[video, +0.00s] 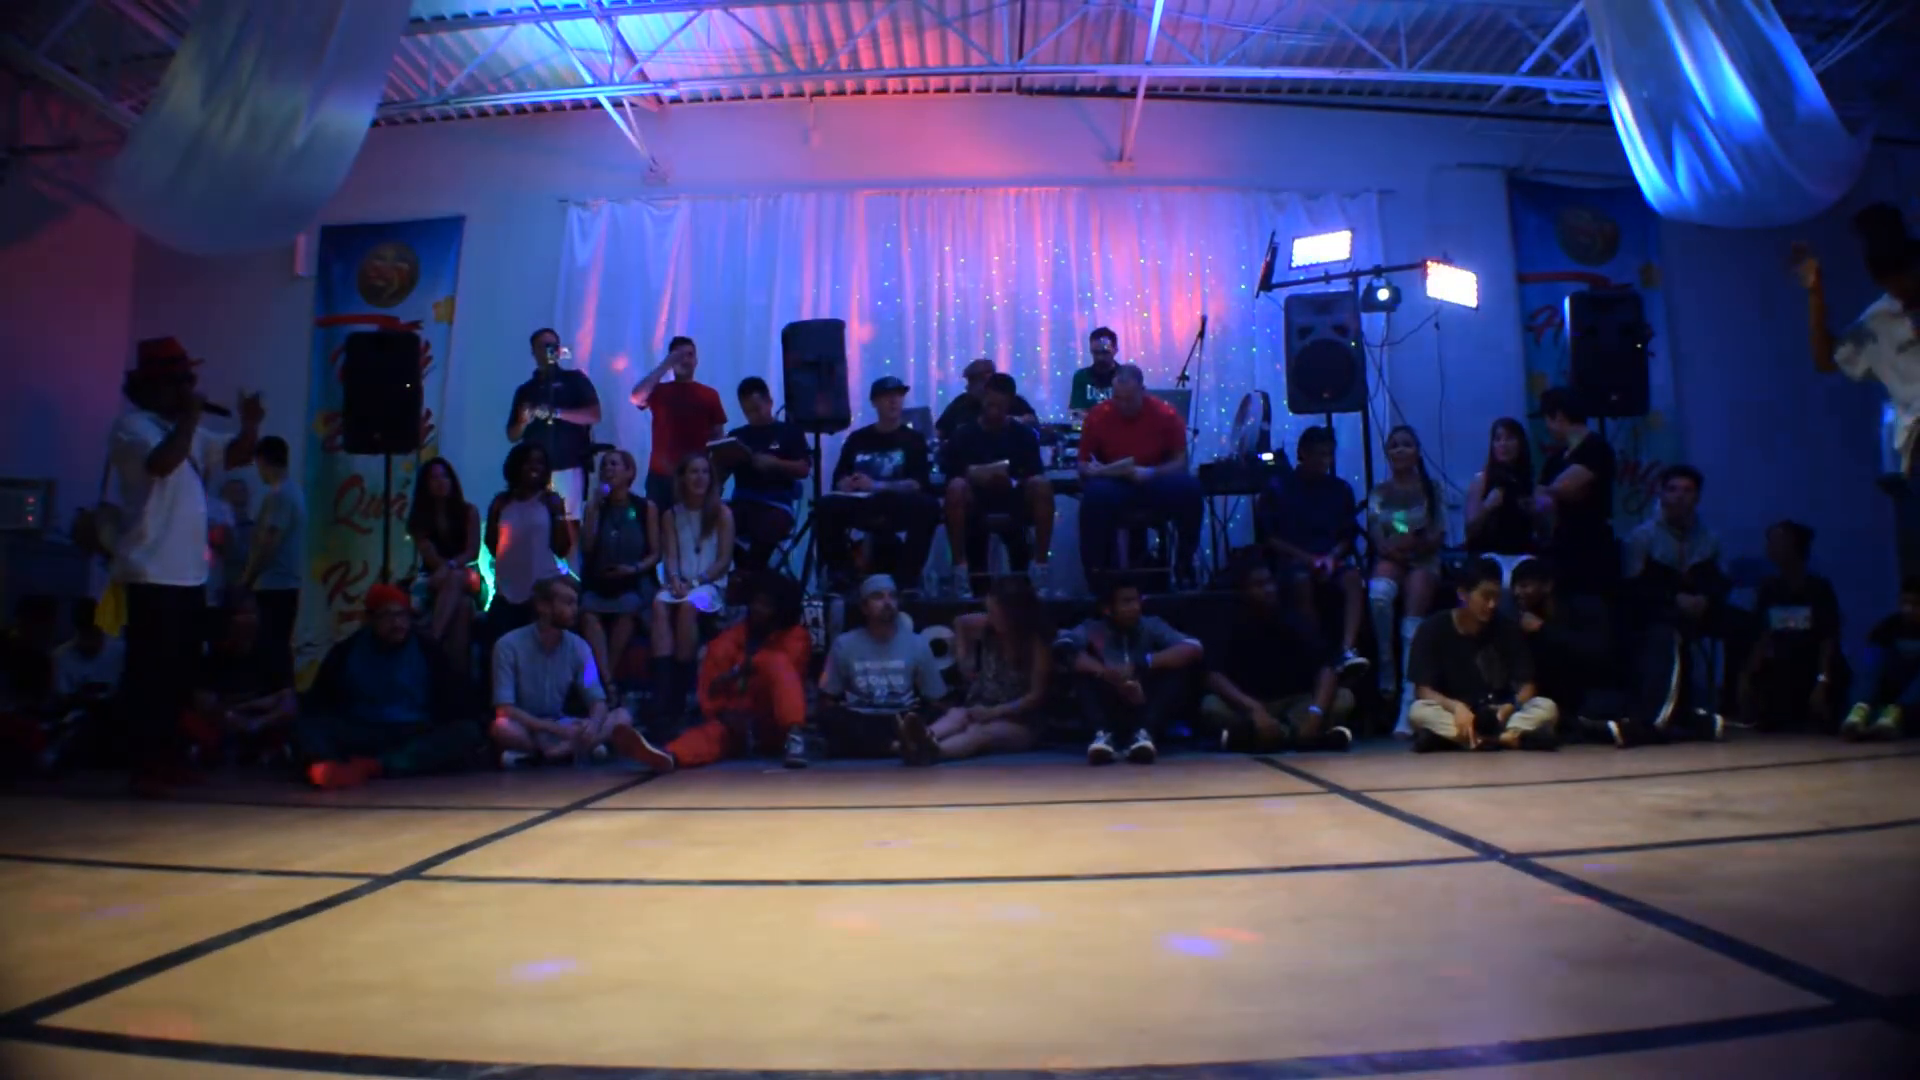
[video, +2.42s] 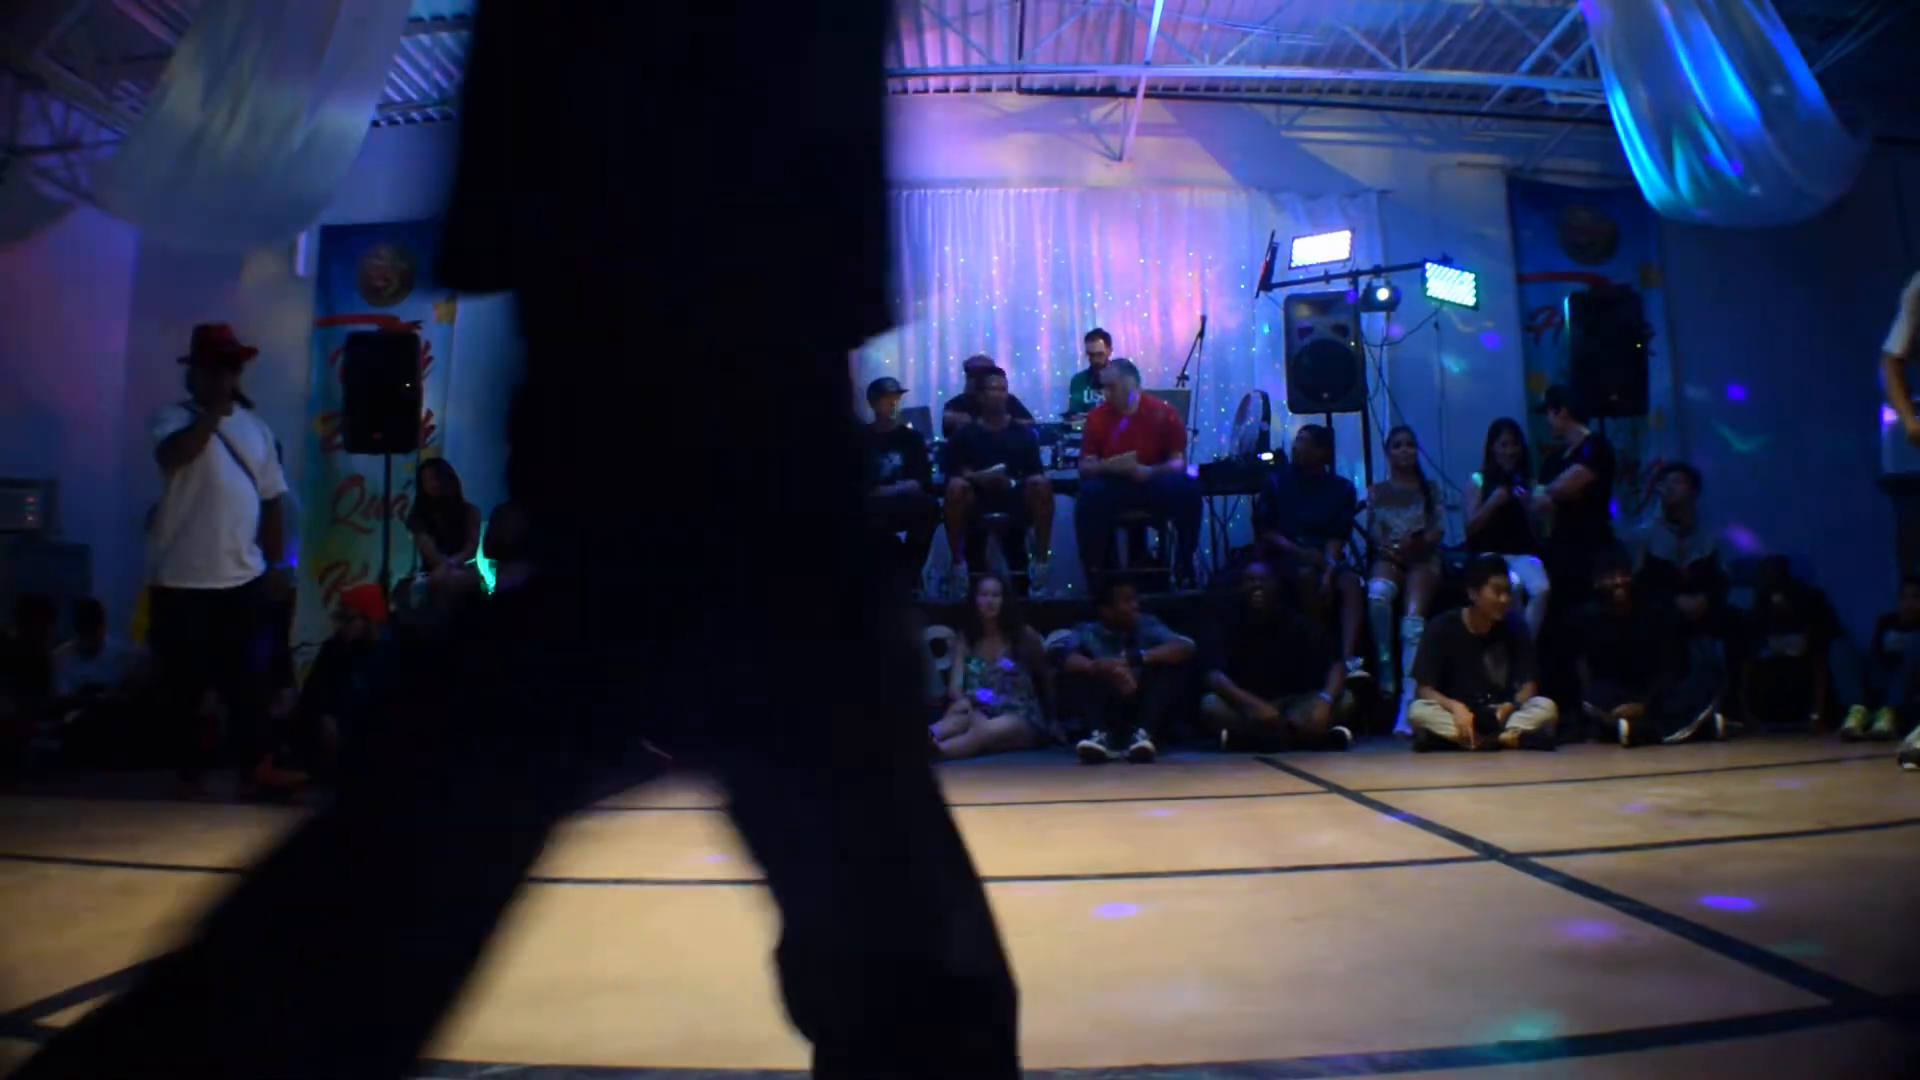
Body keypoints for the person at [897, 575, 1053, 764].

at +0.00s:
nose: (992, 618)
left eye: (996, 611)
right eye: (990, 612)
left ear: (1013, 612)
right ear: (990, 612)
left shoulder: (1035, 644)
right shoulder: (990, 630)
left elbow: (1037, 696)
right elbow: (961, 623)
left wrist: (993, 712)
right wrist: (965, 665)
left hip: (1017, 716)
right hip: (982, 707)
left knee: (981, 733)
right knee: (957, 716)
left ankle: (931, 752)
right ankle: (920, 737)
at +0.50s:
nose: (983, 618)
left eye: (988, 612)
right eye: (983, 612)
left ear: (1007, 612)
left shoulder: (1030, 638)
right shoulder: (979, 627)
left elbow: (1036, 690)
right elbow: (959, 647)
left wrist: (996, 714)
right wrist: (954, 684)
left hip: (1021, 713)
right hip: (985, 704)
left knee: (979, 736)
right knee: (961, 715)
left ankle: (934, 752)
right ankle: (922, 738)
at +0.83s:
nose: (981, 613)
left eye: (987, 606)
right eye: (978, 606)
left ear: (1001, 605)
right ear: (973, 606)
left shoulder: (1020, 636)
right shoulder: (970, 633)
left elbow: (1031, 682)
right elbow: (957, 669)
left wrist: (995, 714)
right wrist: (956, 700)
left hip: (1013, 713)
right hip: (975, 708)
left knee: (981, 736)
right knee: (952, 726)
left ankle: (934, 752)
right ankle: (925, 738)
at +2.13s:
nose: (994, 600)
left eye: (999, 595)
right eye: (988, 595)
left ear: (1008, 599)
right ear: (978, 599)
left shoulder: (1023, 636)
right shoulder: (969, 636)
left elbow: (1046, 682)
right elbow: (956, 687)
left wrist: (1020, 712)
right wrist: (964, 707)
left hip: (1014, 713)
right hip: (978, 712)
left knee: (988, 734)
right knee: (960, 718)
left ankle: (934, 751)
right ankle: (924, 736)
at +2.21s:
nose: (992, 601)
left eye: (998, 595)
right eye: (986, 595)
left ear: (1007, 599)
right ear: (977, 599)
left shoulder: (1023, 634)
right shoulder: (969, 634)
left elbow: (1050, 675)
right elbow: (956, 686)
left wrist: (1043, 712)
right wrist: (963, 704)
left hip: (1017, 709)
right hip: (979, 707)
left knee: (983, 735)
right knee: (962, 719)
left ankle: (936, 751)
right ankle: (923, 736)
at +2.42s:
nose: (990, 601)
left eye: (996, 595)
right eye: (984, 595)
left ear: (1005, 600)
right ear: (974, 600)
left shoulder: (1023, 635)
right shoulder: (966, 638)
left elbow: (1044, 677)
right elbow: (954, 689)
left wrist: (1052, 721)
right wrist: (968, 704)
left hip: (1018, 711)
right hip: (978, 708)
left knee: (984, 733)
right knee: (959, 718)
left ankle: (936, 752)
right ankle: (926, 735)